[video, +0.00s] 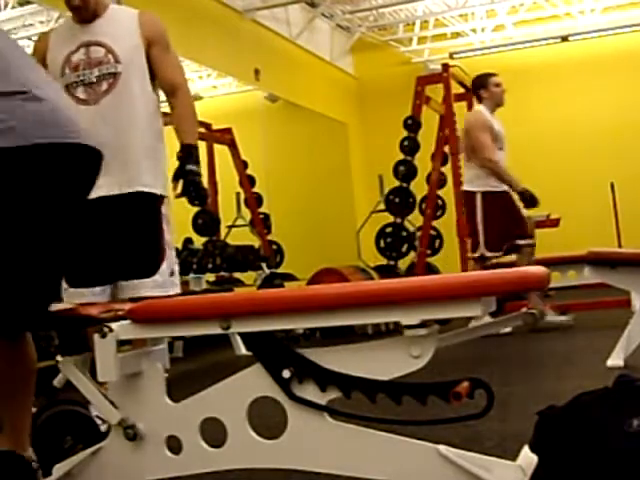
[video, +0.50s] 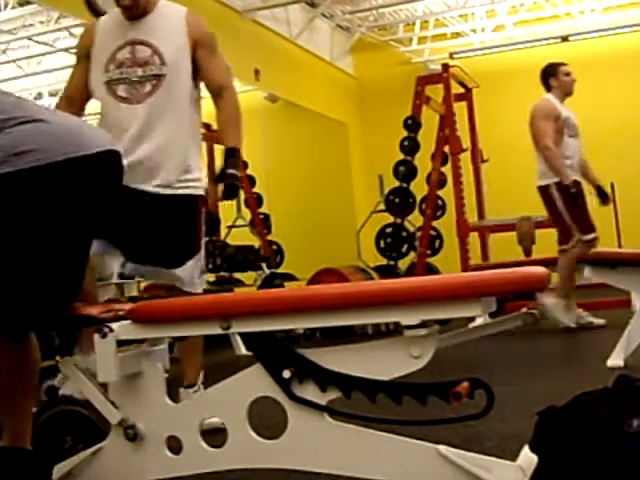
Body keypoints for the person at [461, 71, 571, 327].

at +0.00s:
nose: (503, 90)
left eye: (502, 85)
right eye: (497, 86)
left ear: (491, 93)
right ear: (483, 93)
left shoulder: (490, 120)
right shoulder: (477, 118)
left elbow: (492, 160)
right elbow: (487, 159)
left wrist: (517, 188)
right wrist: (518, 187)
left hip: (497, 191)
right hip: (481, 192)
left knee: (525, 242)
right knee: (486, 253)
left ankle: (534, 302)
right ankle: (484, 310)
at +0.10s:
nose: (520, 90)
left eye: (518, 85)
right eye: (514, 86)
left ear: (508, 92)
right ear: (499, 92)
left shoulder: (508, 120)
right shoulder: (493, 118)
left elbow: (510, 163)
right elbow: (502, 160)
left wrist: (533, 190)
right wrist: (535, 185)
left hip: (514, 194)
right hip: (496, 194)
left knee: (533, 255)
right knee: (493, 258)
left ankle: (563, 308)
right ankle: (484, 314)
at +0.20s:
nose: (531, 89)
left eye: (530, 85)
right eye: (525, 85)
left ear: (521, 92)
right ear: (511, 92)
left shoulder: (520, 120)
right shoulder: (505, 118)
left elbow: (521, 163)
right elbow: (510, 159)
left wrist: (543, 196)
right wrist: (542, 186)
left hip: (529, 194)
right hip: (511, 194)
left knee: (548, 255)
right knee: (508, 258)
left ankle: (570, 309)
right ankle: (484, 312)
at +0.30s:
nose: (548, 84)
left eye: (547, 80)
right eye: (542, 80)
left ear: (537, 86)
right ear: (528, 86)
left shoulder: (537, 114)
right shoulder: (521, 111)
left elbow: (542, 156)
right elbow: (525, 152)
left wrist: (557, 187)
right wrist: (549, 182)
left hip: (547, 189)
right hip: (530, 191)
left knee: (562, 250)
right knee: (535, 254)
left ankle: (571, 308)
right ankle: (503, 307)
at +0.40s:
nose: (558, 82)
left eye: (557, 77)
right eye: (552, 78)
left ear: (545, 84)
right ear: (538, 84)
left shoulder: (549, 112)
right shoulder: (531, 109)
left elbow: (559, 157)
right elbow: (533, 148)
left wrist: (573, 188)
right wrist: (555, 184)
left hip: (558, 186)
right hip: (541, 187)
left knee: (567, 249)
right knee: (557, 248)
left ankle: (571, 308)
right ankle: (515, 294)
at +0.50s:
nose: (573, 79)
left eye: (571, 74)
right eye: (567, 75)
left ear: (561, 80)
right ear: (552, 81)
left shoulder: (564, 112)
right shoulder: (545, 107)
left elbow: (576, 155)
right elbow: (546, 146)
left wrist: (597, 184)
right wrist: (565, 178)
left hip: (569, 182)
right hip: (555, 182)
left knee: (569, 245)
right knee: (585, 238)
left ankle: (570, 307)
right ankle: (554, 295)